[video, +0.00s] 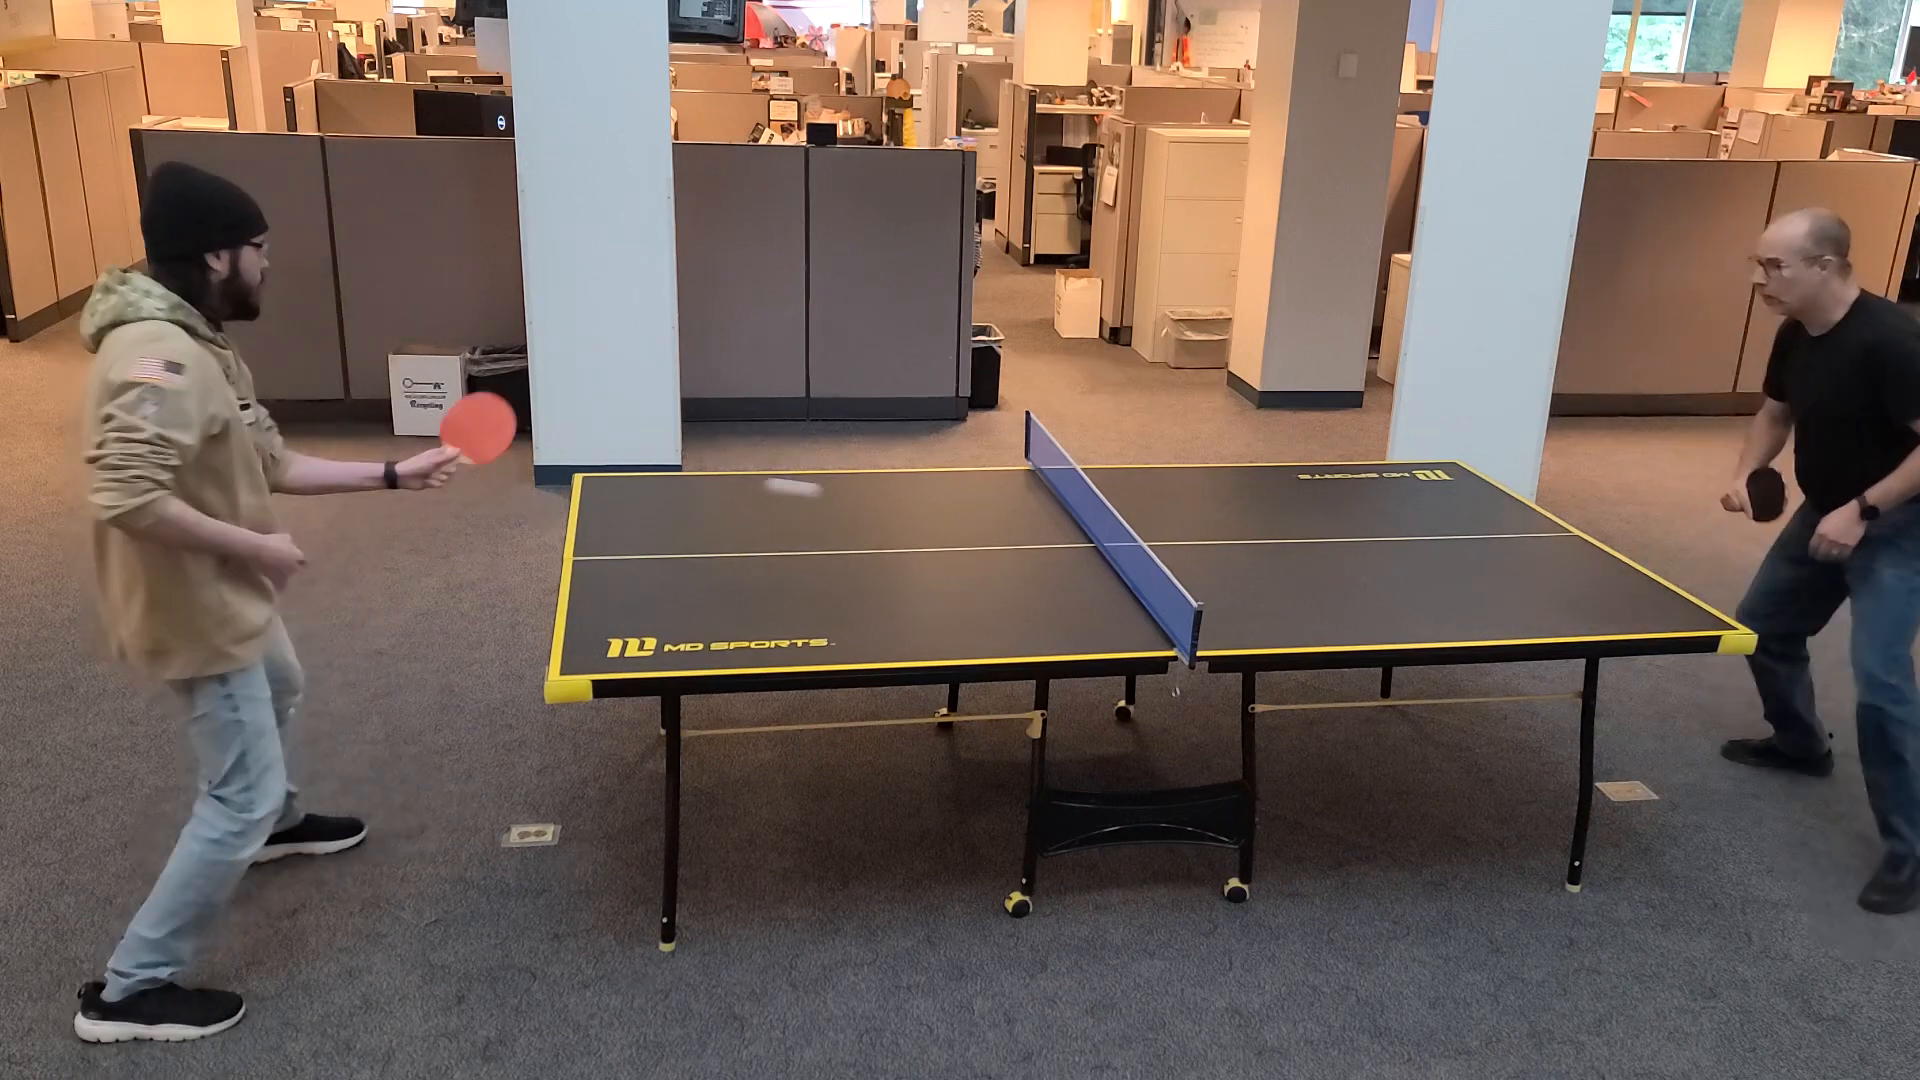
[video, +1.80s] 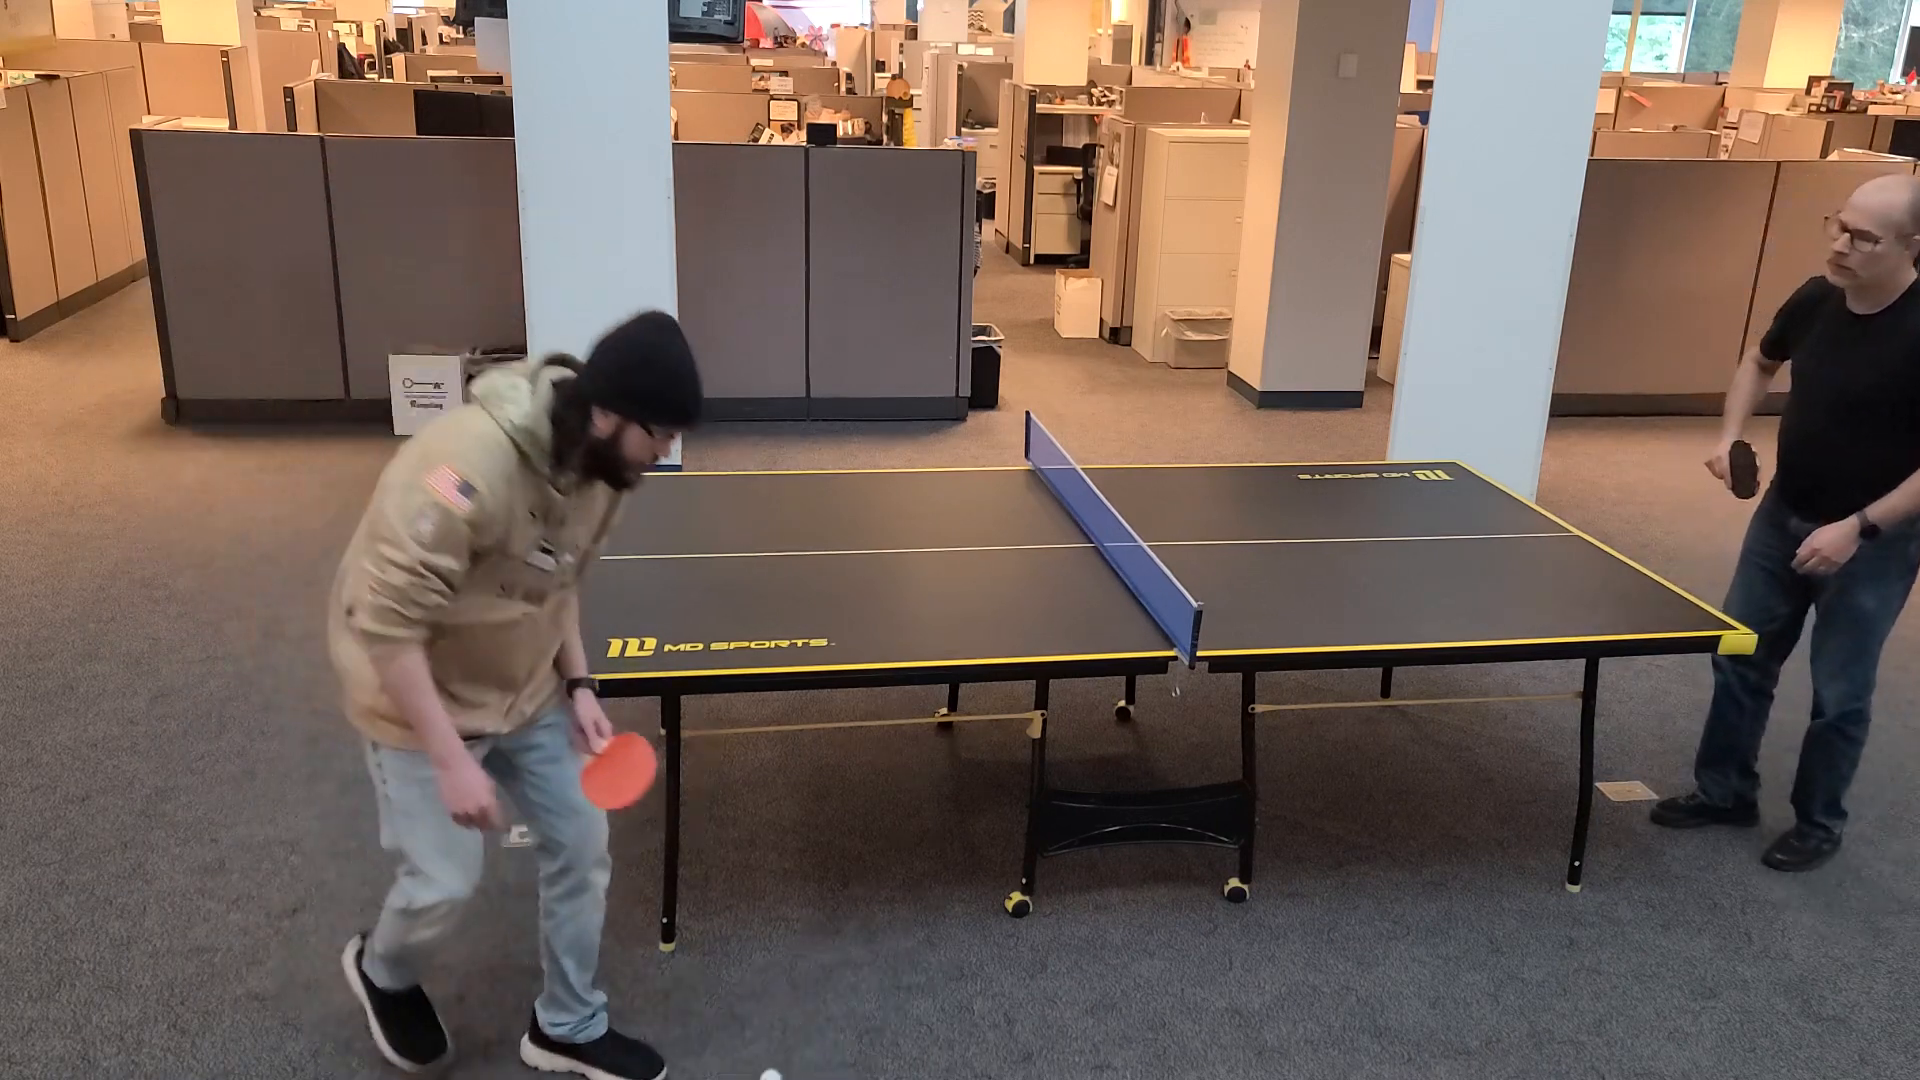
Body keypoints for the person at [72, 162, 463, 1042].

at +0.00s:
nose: (266, 264)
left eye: (262, 247)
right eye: (255, 248)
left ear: (200, 257)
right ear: (213, 257)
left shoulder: (202, 347)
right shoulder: (153, 355)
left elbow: (274, 467)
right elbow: (128, 496)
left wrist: (393, 471)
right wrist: (250, 544)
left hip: (231, 589)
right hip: (194, 610)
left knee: (278, 686)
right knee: (245, 796)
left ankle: (267, 818)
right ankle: (131, 985)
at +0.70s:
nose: (332, 223)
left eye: (331, 206)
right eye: (315, 208)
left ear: (283, 217)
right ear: (261, 217)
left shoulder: (280, 296)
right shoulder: (206, 304)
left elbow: (282, 434)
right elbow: (117, 430)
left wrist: (326, 518)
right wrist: (202, 546)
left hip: (279, 558)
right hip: (235, 572)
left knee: (289, 710)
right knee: (300, 735)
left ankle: (286, 834)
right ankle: (242, 922)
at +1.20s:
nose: (428, 290)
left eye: (430, 273)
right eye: (413, 276)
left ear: (377, 274)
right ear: (352, 277)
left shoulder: (400, 345)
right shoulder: (262, 373)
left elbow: (417, 470)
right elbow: (195, 517)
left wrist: (430, 574)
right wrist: (262, 642)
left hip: (395, 609)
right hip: (316, 632)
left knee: (420, 731)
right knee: (367, 800)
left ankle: (333, 809)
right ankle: (361, 965)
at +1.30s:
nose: (454, 296)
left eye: (458, 279)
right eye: (440, 282)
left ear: (399, 281)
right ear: (379, 282)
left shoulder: (432, 355)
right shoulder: (277, 373)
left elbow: (441, 479)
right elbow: (213, 518)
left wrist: (446, 587)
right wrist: (281, 646)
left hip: (414, 621)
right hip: (326, 641)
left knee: (451, 758)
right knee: (357, 819)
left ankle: (389, 861)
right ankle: (357, 963)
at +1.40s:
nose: (485, 306)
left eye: (489, 289)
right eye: (472, 291)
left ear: (434, 287)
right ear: (412, 287)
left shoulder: (459, 360)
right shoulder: (292, 376)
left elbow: (465, 490)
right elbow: (235, 524)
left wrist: (462, 599)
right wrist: (305, 649)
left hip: (432, 623)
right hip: (332, 641)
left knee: (474, 780)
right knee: (352, 823)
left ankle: (449, 929)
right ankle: (359, 966)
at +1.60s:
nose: (566, 357)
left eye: (573, 341)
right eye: (558, 341)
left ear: (515, 329)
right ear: (500, 327)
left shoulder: (522, 397)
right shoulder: (363, 402)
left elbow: (521, 528)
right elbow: (294, 554)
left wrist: (517, 637)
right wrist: (360, 684)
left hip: (469, 650)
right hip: (364, 661)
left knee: (519, 834)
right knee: (374, 843)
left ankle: (557, 1015)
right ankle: (359, 973)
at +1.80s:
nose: (663, 452)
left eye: (671, 438)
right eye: (656, 433)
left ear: (611, 416)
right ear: (605, 411)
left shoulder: (604, 466)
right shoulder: (465, 468)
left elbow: (560, 578)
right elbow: (387, 625)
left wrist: (579, 684)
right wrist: (451, 760)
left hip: (523, 686)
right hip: (416, 699)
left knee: (581, 840)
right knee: (446, 878)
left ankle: (567, 1024)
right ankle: (381, 970)